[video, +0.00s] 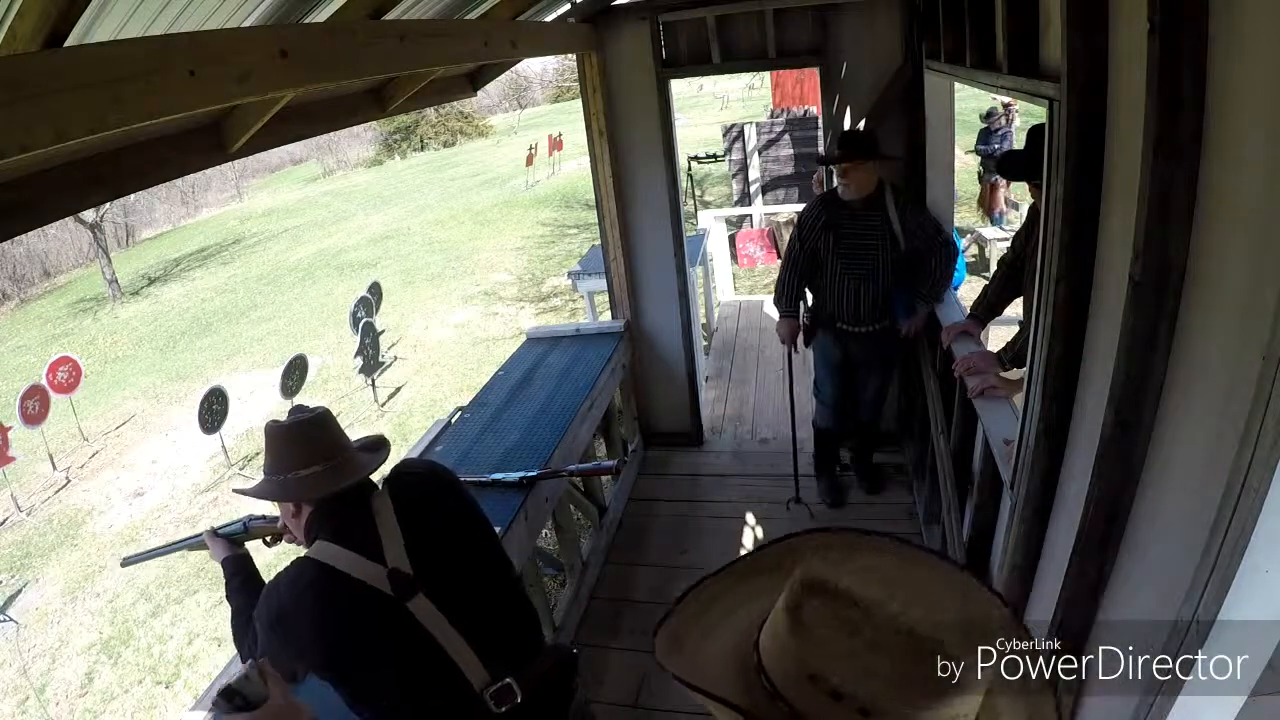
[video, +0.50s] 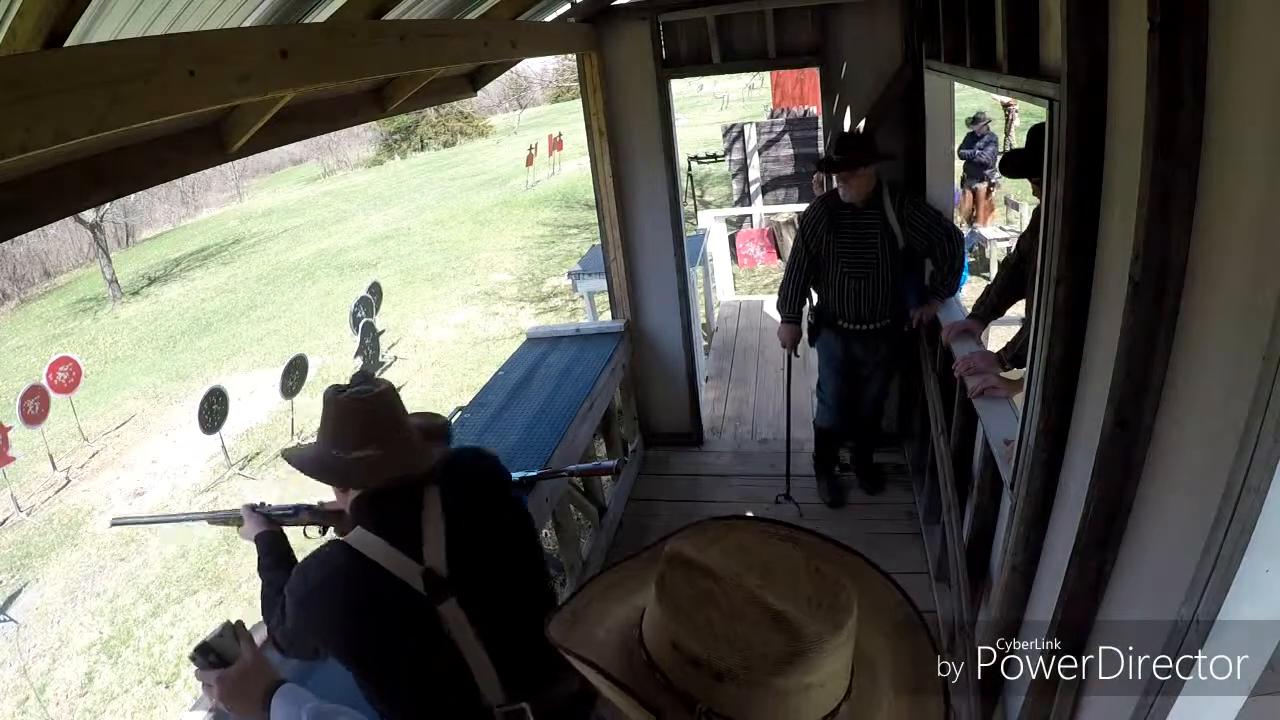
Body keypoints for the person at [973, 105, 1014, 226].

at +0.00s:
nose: (990, 124)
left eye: (992, 122)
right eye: (989, 122)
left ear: (999, 119)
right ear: (987, 121)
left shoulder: (1007, 132)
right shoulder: (983, 131)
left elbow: (1004, 150)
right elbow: (978, 149)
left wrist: (982, 150)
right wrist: (995, 148)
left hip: (1000, 171)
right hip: (986, 170)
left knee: (997, 202)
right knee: (986, 201)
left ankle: (999, 227)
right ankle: (994, 225)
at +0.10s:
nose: (986, 126)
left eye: (989, 123)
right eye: (985, 123)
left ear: (996, 122)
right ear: (983, 123)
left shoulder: (1003, 133)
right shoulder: (980, 134)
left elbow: (1000, 152)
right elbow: (974, 151)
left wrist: (978, 151)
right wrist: (993, 150)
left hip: (998, 172)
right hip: (984, 172)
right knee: (984, 201)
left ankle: (995, 220)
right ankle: (989, 221)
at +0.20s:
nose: (984, 130)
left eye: (986, 127)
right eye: (982, 127)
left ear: (992, 125)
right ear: (980, 126)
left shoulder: (1001, 137)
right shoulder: (978, 136)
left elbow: (995, 155)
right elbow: (971, 153)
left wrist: (974, 154)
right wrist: (988, 153)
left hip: (995, 177)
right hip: (980, 176)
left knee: (993, 205)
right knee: (982, 205)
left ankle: (994, 227)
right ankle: (985, 225)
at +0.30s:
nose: (982, 131)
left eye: (985, 127)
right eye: (981, 128)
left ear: (991, 126)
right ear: (979, 127)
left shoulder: (1000, 140)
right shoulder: (975, 137)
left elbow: (992, 159)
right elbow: (967, 154)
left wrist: (974, 156)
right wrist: (984, 153)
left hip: (990, 178)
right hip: (976, 177)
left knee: (983, 210)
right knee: (977, 206)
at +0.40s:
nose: (978, 131)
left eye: (981, 129)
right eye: (977, 129)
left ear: (988, 127)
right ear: (977, 127)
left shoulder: (995, 139)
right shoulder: (973, 136)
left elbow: (989, 159)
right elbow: (964, 153)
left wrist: (971, 155)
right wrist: (979, 153)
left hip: (987, 179)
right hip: (972, 177)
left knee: (982, 211)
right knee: (970, 211)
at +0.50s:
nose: (975, 131)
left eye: (978, 128)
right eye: (974, 128)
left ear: (986, 126)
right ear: (973, 127)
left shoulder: (992, 139)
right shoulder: (970, 136)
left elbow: (986, 159)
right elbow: (961, 153)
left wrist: (970, 155)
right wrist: (976, 153)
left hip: (983, 178)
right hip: (968, 176)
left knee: (980, 209)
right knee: (965, 208)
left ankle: (979, 229)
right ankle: (968, 227)